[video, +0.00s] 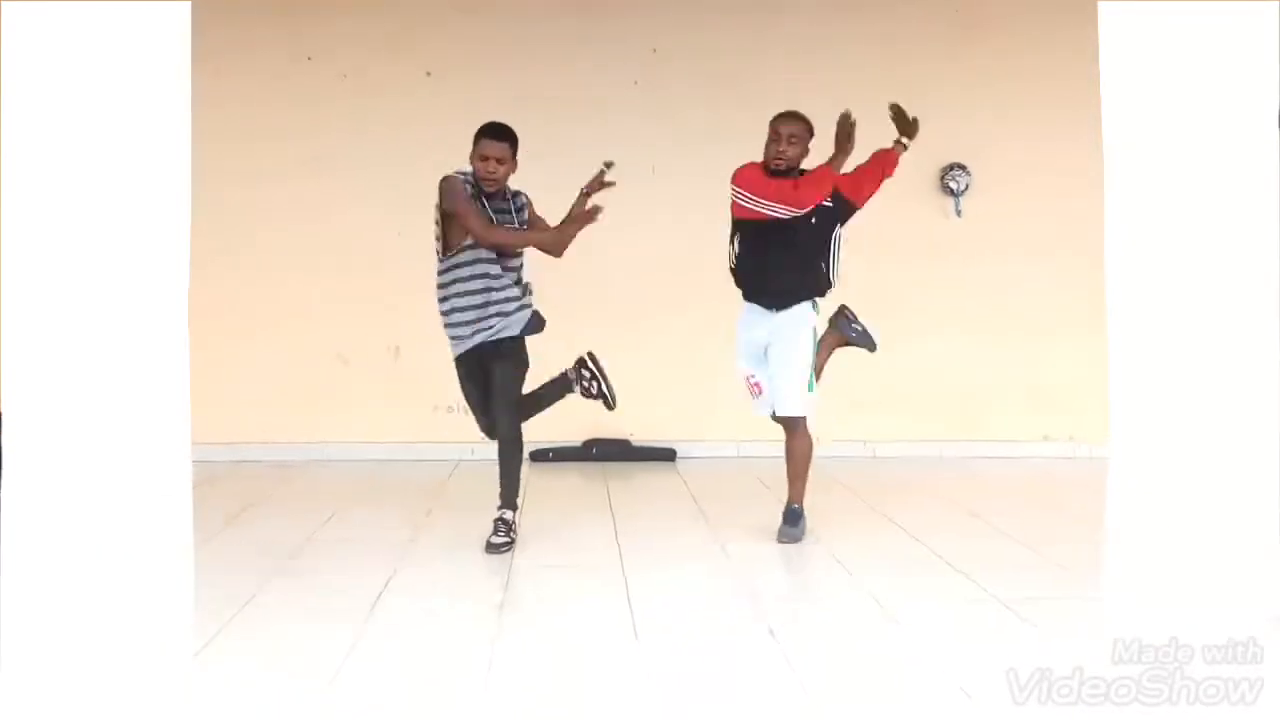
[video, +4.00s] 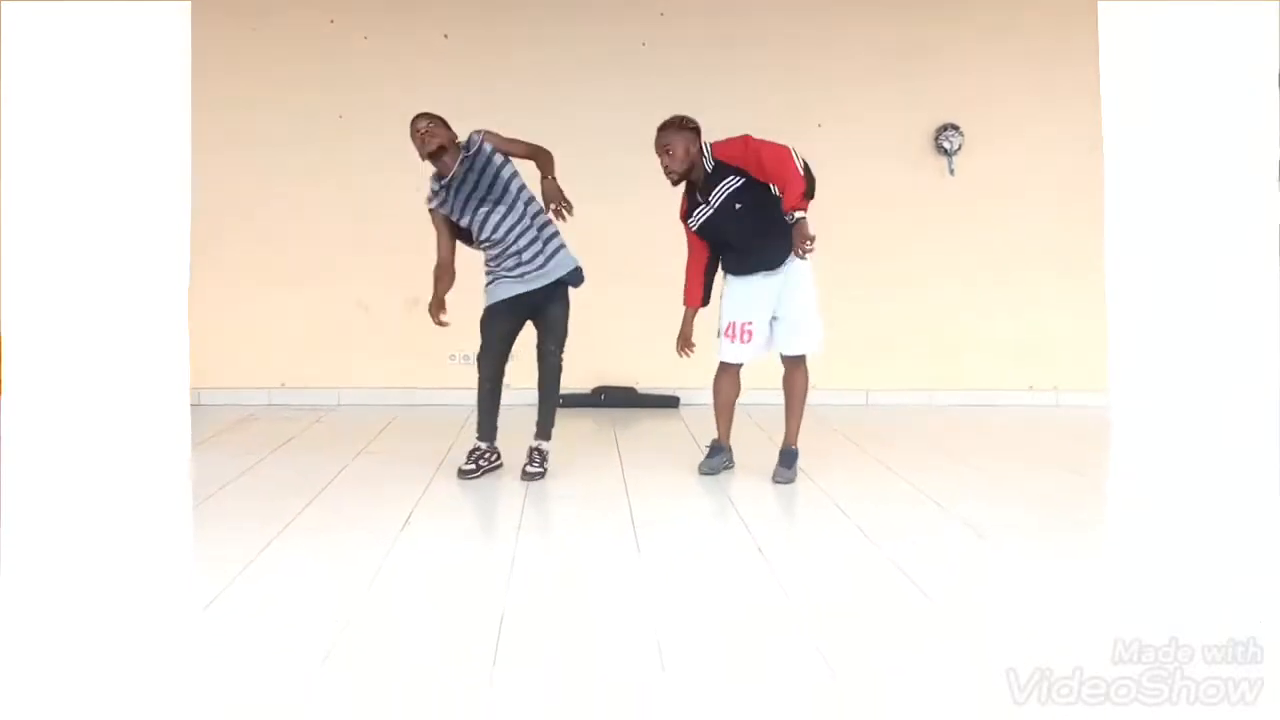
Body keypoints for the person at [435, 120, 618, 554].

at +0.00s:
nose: (491, 168)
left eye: (500, 161)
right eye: (483, 159)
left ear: (513, 164)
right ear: (472, 158)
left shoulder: (519, 205)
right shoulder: (454, 187)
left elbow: (556, 245)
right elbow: (484, 234)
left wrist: (582, 202)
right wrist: (543, 236)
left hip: (506, 325)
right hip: (463, 332)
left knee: (506, 419)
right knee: (491, 425)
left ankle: (506, 512)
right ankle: (572, 379)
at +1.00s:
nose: (412, 168)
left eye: (422, 162)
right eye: (405, 159)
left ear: (436, 166)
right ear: (393, 160)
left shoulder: (452, 206)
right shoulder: (376, 190)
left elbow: (469, 270)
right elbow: (412, 219)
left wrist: (465, 323)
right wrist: (476, 200)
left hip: (457, 335)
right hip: (405, 340)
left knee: (473, 417)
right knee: (383, 422)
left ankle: (484, 509)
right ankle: (393, 511)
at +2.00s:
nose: (471, 164)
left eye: (479, 157)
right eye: (463, 156)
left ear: (490, 164)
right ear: (449, 161)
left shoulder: (497, 217)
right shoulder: (428, 195)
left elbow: (513, 273)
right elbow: (398, 248)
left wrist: (518, 317)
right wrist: (398, 304)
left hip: (475, 326)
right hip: (423, 328)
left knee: (508, 399)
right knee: (399, 405)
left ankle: (519, 478)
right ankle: (419, 494)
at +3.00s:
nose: (455, 180)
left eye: (464, 173)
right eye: (447, 171)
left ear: (477, 173)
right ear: (436, 170)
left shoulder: (496, 209)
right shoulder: (424, 212)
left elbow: (536, 262)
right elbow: (418, 263)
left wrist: (525, 314)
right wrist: (398, 317)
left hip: (515, 322)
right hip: (472, 327)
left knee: (517, 403)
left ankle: (520, 485)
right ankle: (477, 486)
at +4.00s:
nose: (424, 133)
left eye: (431, 125)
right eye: (416, 134)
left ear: (452, 133)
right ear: (417, 153)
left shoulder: (481, 143)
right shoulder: (439, 199)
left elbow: (542, 154)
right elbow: (445, 260)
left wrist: (549, 183)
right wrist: (438, 295)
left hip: (548, 265)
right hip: (504, 279)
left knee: (550, 359)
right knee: (489, 361)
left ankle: (540, 445)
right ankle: (486, 447)